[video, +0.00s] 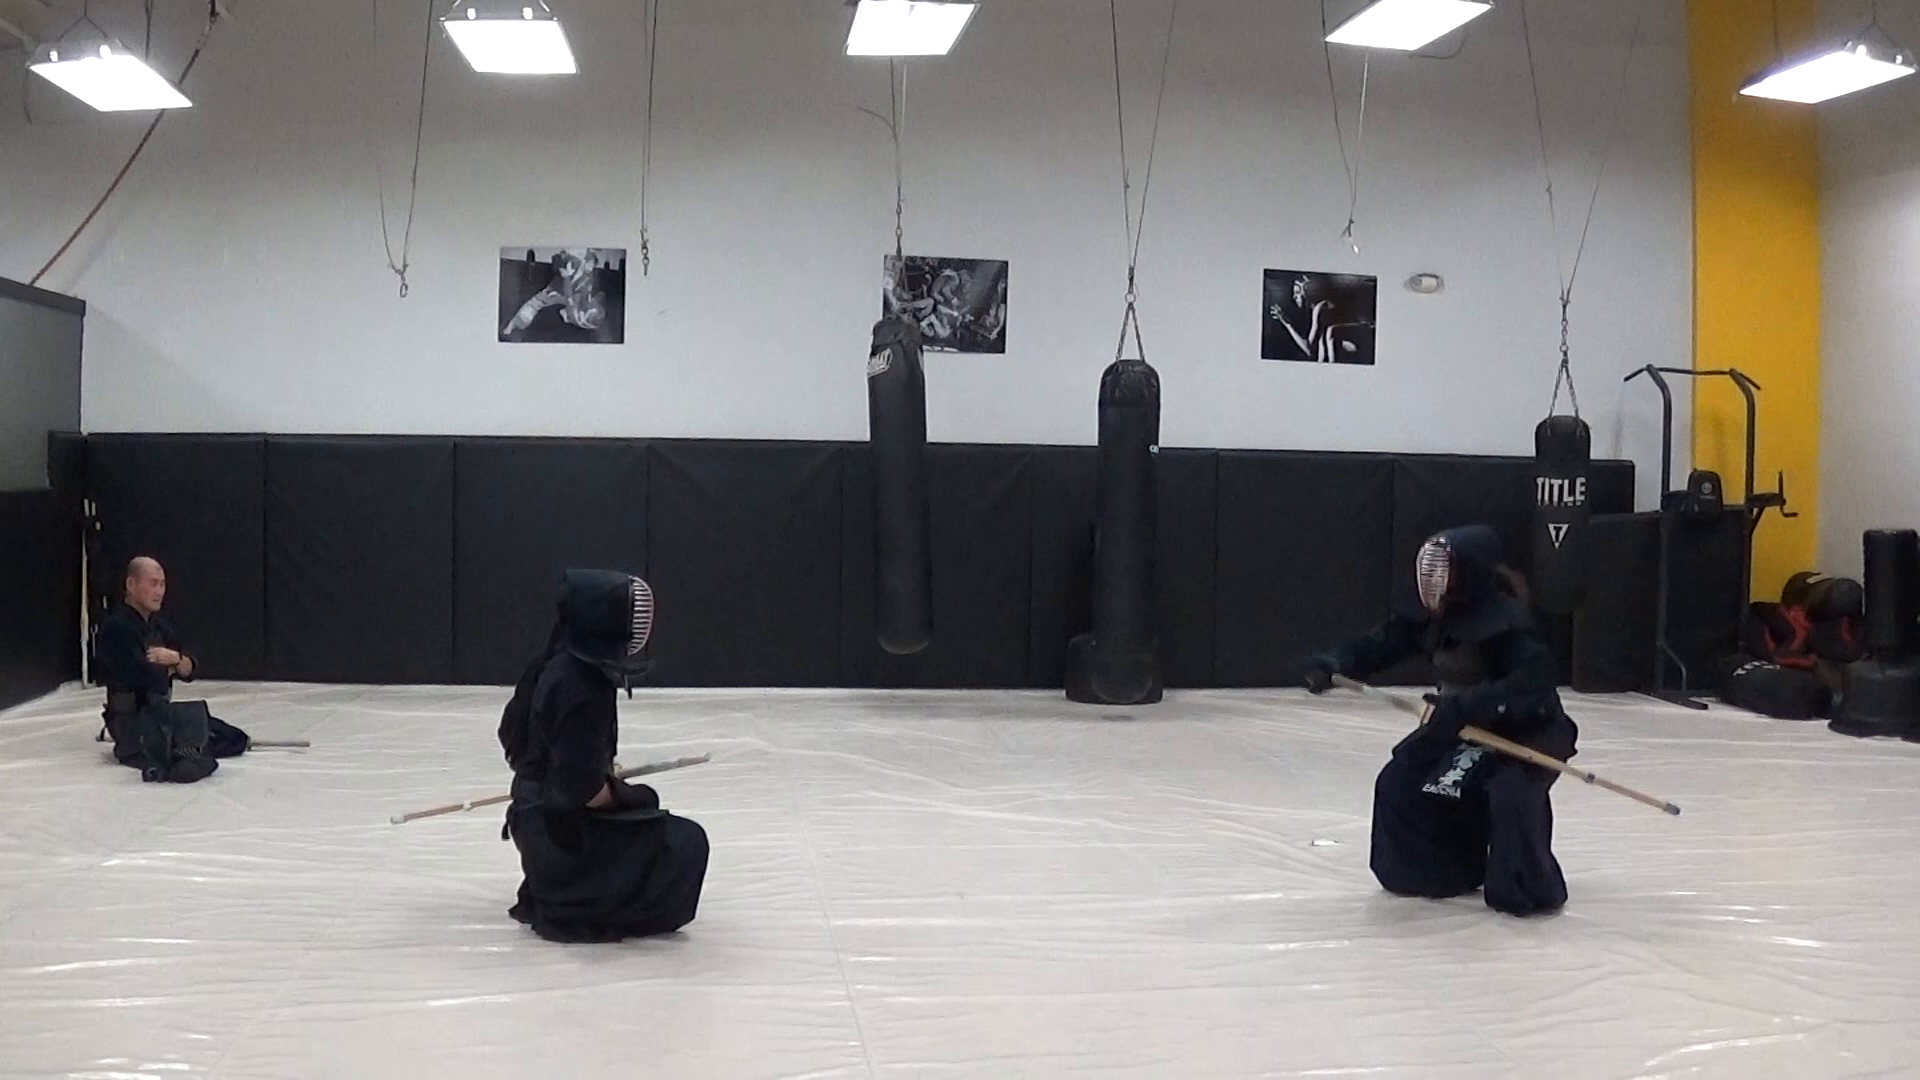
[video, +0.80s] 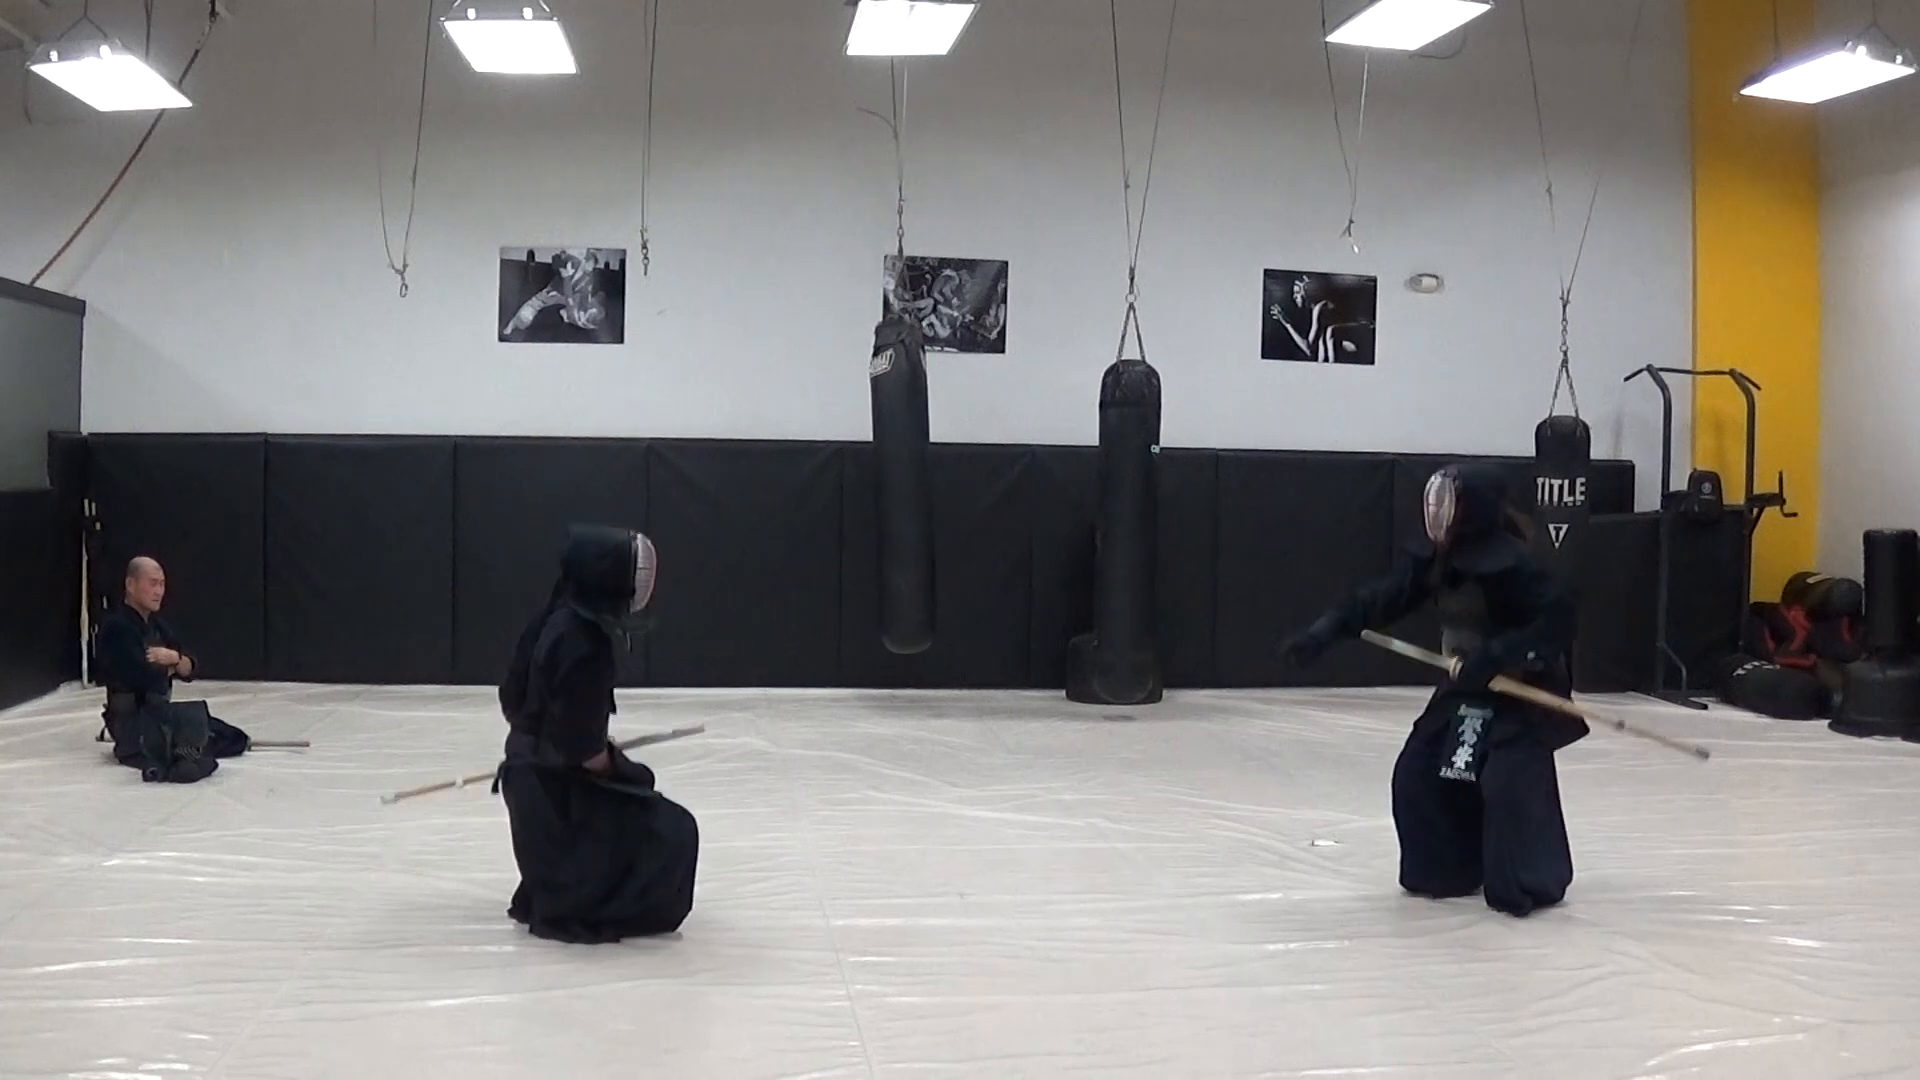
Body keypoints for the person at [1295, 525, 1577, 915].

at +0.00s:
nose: (1431, 587)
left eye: (1441, 576)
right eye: (1427, 575)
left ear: (1468, 578)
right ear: (1420, 573)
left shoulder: (1507, 619)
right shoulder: (1429, 621)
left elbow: (1534, 683)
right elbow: (1382, 647)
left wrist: (1463, 708)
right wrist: (1330, 661)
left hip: (1531, 730)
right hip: (1463, 727)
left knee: (1510, 789)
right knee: (1398, 783)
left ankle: (1527, 895)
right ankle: (1441, 875)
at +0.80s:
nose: (1436, 519)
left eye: (1447, 508)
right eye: (1433, 507)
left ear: (1473, 511)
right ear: (1428, 507)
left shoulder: (1514, 563)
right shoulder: (1434, 562)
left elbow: (1557, 622)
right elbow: (1381, 600)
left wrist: (1493, 656)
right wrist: (1325, 631)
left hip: (1521, 695)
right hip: (1460, 692)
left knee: (1505, 779)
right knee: (1416, 772)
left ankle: (1522, 886)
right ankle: (1442, 875)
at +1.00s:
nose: (1443, 465)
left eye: (1453, 455)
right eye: (1441, 454)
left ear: (1483, 459)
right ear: (1439, 457)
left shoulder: (1522, 516)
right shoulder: (1448, 516)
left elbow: (1572, 575)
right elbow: (1427, 587)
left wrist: (1506, 614)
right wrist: (1393, 640)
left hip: (1523, 666)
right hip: (1465, 663)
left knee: (1514, 778)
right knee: (1440, 768)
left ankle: (1521, 888)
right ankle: (1457, 875)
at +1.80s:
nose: (1508, 452)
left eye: (1520, 443)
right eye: (1507, 441)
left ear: (1548, 449)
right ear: (1504, 443)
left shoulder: (1579, 507)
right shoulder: (1508, 505)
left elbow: (1617, 576)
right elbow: (1491, 578)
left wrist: (1556, 609)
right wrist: (1471, 640)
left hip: (1554, 655)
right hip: (1500, 651)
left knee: (1546, 763)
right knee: (1477, 759)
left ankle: (1590, 863)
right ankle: (1477, 870)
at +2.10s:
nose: (1569, 456)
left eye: (1579, 446)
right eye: (1566, 445)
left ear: (1605, 450)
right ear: (1563, 448)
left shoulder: (1639, 509)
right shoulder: (1566, 505)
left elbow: (1674, 579)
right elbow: (1563, 576)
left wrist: (1616, 612)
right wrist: (1549, 631)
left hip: (1618, 656)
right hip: (1561, 648)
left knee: (1608, 763)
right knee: (1530, 752)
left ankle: (1606, 876)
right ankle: (1508, 864)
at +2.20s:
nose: (1583, 453)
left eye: (1593, 444)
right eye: (1583, 443)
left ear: (1620, 449)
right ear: (1587, 444)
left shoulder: (1655, 509)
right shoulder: (1586, 502)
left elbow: (1684, 582)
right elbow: (1575, 575)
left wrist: (1632, 611)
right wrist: (1559, 639)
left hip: (1630, 654)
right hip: (1576, 648)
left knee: (1616, 758)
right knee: (1551, 744)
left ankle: (1610, 874)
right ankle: (1554, 862)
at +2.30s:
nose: (1602, 452)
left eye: (1611, 443)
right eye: (1602, 442)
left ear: (1638, 449)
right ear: (1612, 444)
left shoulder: (1674, 510)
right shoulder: (1602, 504)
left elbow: (1702, 581)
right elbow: (1587, 578)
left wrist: (1647, 614)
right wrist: (1568, 646)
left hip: (1644, 654)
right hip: (1593, 648)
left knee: (1629, 757)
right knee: (1571, 747)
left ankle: (1626, 877)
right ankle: (1594, 868)